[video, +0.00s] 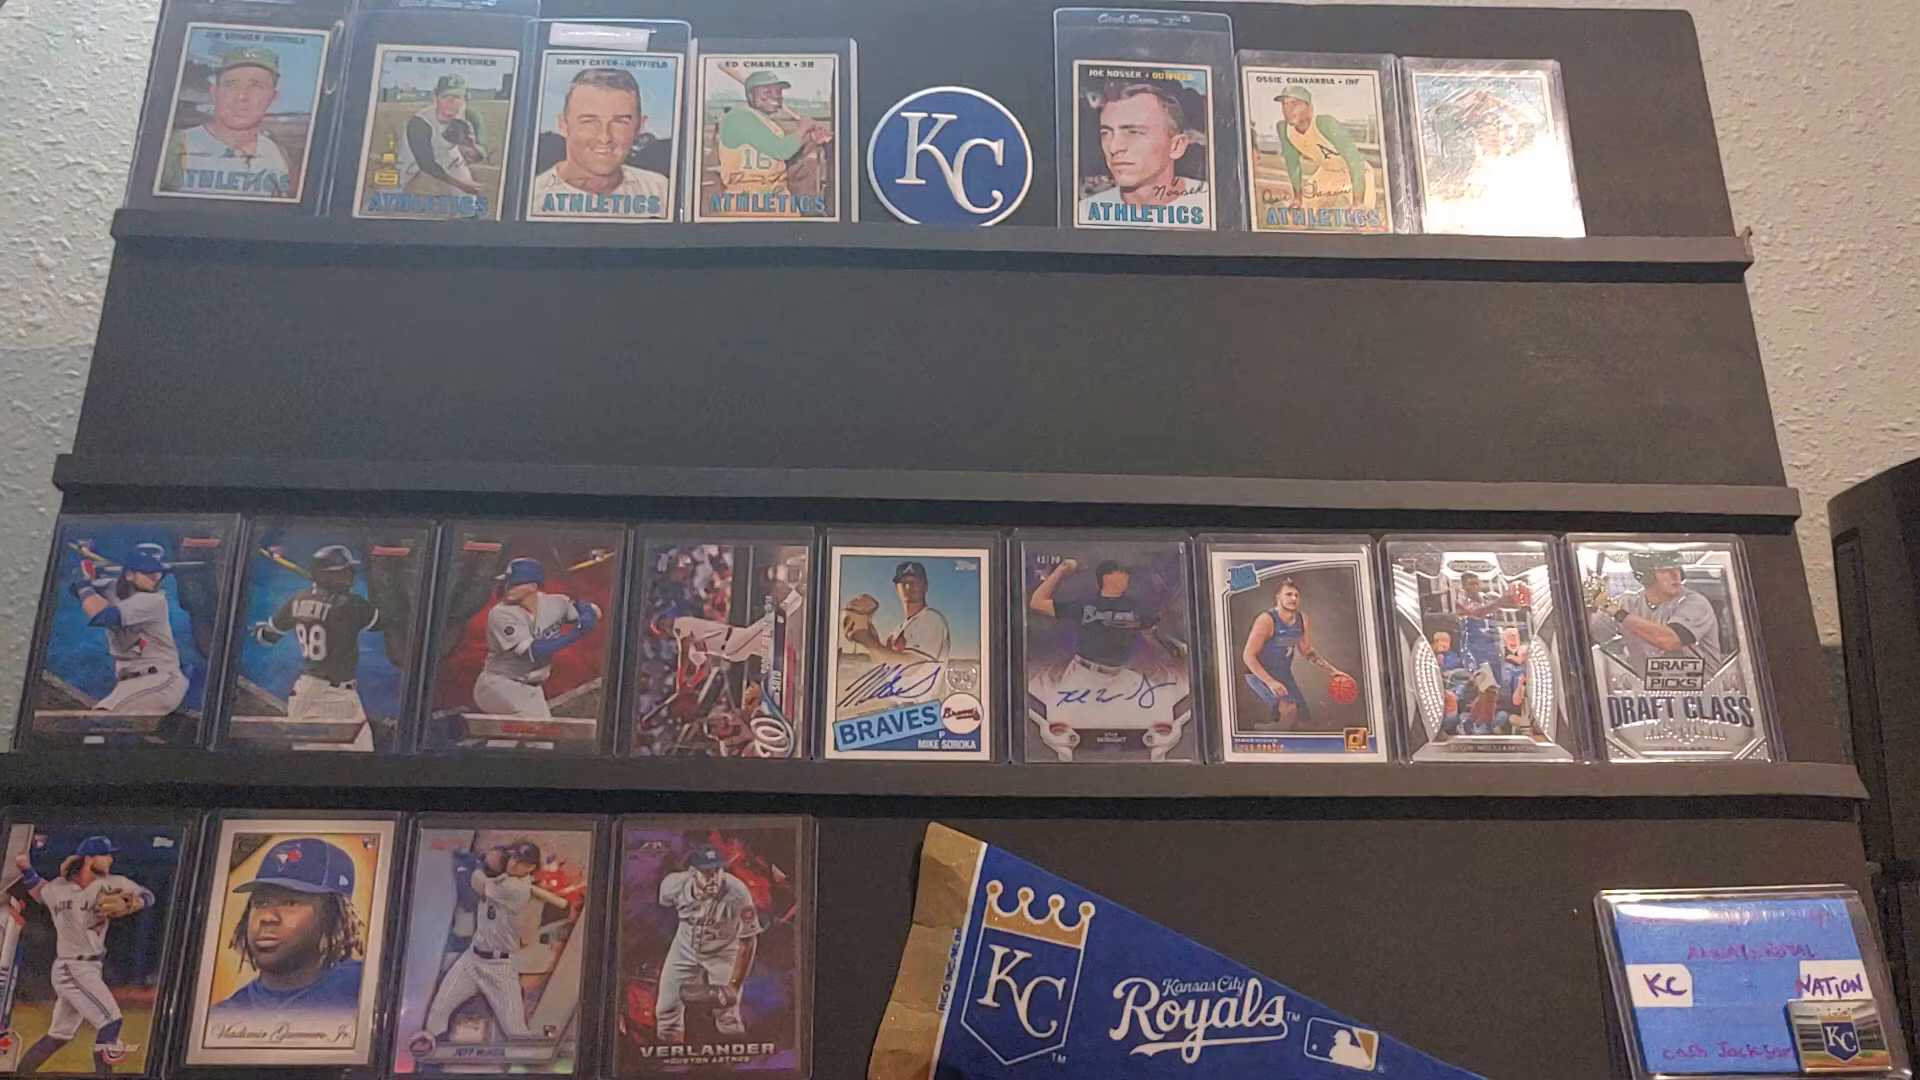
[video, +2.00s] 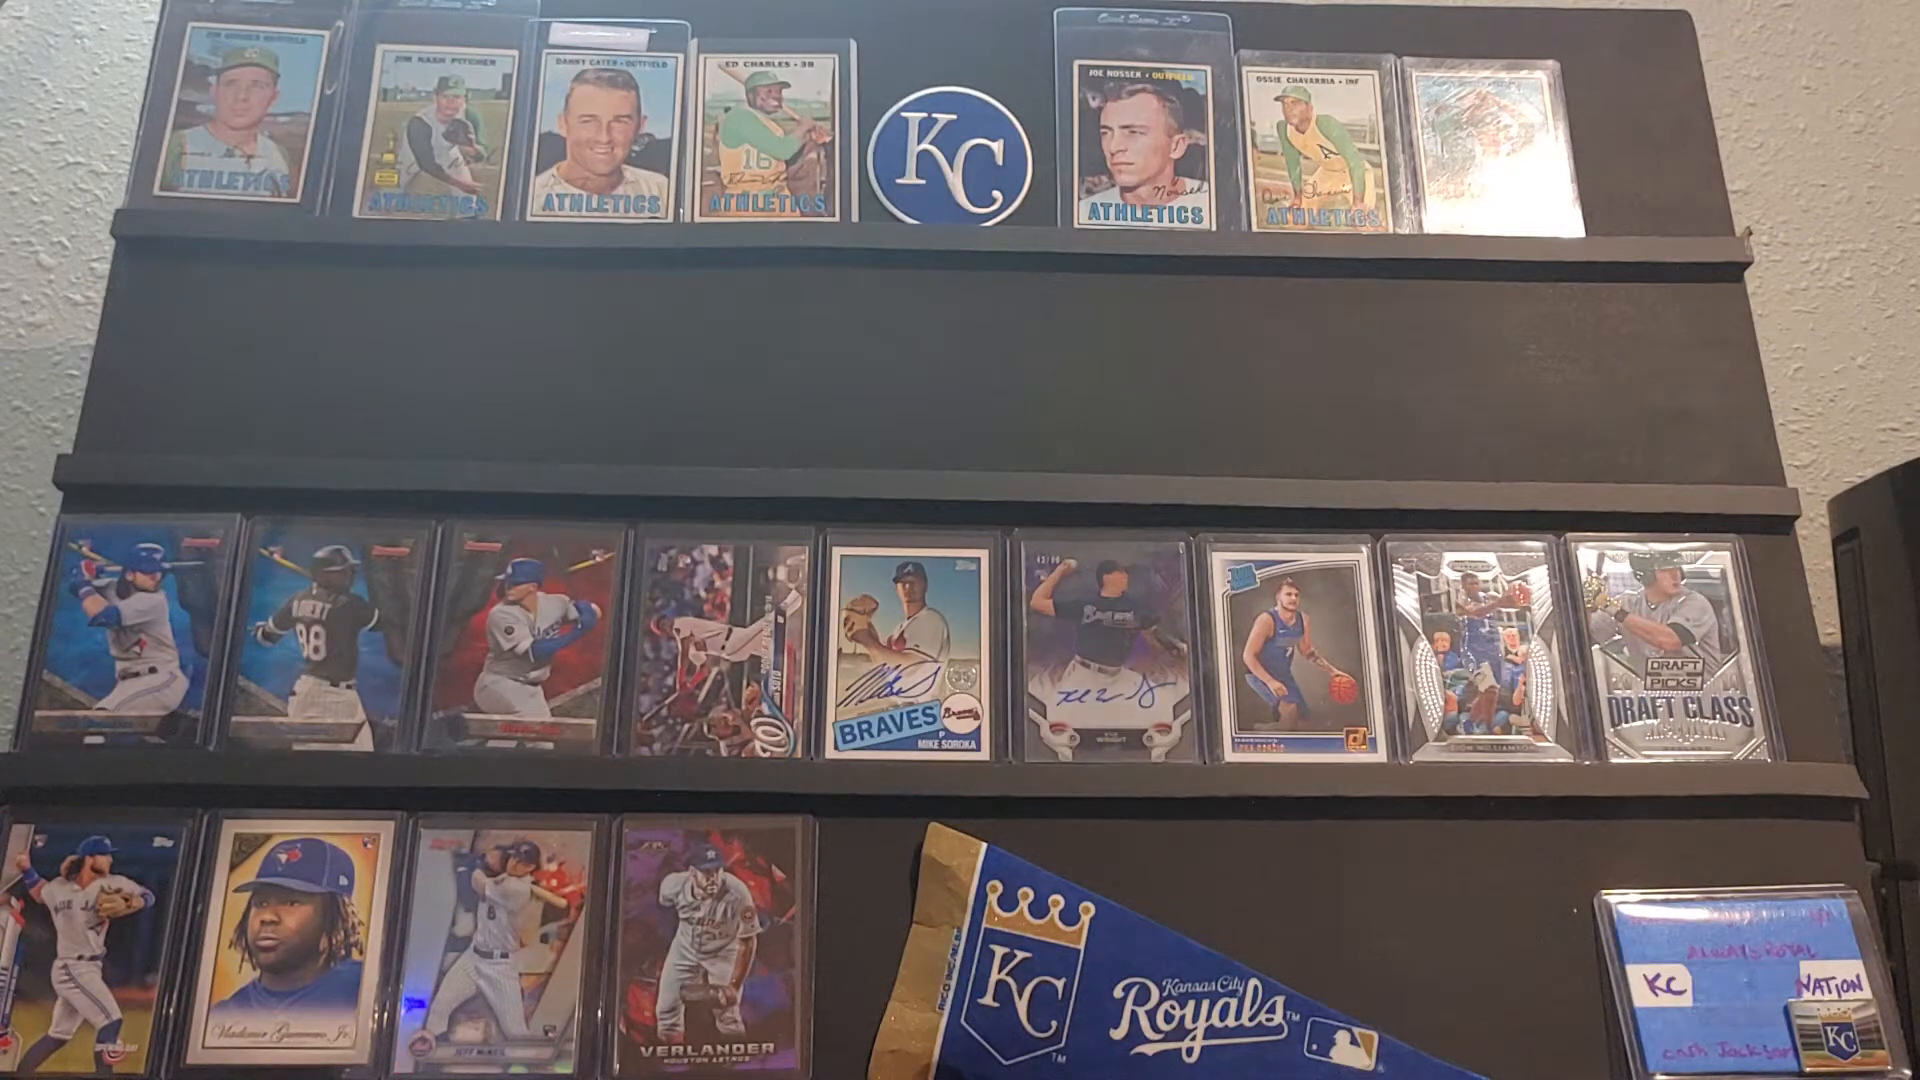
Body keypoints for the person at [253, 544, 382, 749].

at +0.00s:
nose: (351, 576)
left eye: (350, 571)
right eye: (347, 571)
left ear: (319, 574)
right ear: (335, 575)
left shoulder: (299, 600)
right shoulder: (351, 605)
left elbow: (267, 637)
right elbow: (386, 622)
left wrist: (259, 630)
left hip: (305, 695)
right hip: (341, 699)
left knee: (307, 766)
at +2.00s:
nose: (351, 577)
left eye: (351, 571)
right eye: (347, 571)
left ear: (320, 574)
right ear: (331, 575)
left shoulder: (299, 601)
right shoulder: (351, 605)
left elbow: (268, 637)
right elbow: (385, 623)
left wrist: (259, 630)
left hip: (305, 692)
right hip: (341, 697)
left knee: (306, 765)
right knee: (360, 766)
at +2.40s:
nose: (351, 576)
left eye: (351, 571)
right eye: (347, 571)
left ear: (320, 574)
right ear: (332, 575)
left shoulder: (299, 600)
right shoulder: (350, 605)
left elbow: (267, 637)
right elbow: (384, 623)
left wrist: (259, 630)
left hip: (305, 692)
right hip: (340, 697)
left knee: (307, 765)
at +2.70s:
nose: (351, 577)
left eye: (350, 571)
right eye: (347, 572)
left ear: (320, 574)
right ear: (335, 575)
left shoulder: (299, 601)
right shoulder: (351, 605)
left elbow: (267, 637)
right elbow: (387, 622)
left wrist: (260, 630)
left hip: (306, 693)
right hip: (341, 697)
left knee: (307, 766)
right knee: (361, 767)